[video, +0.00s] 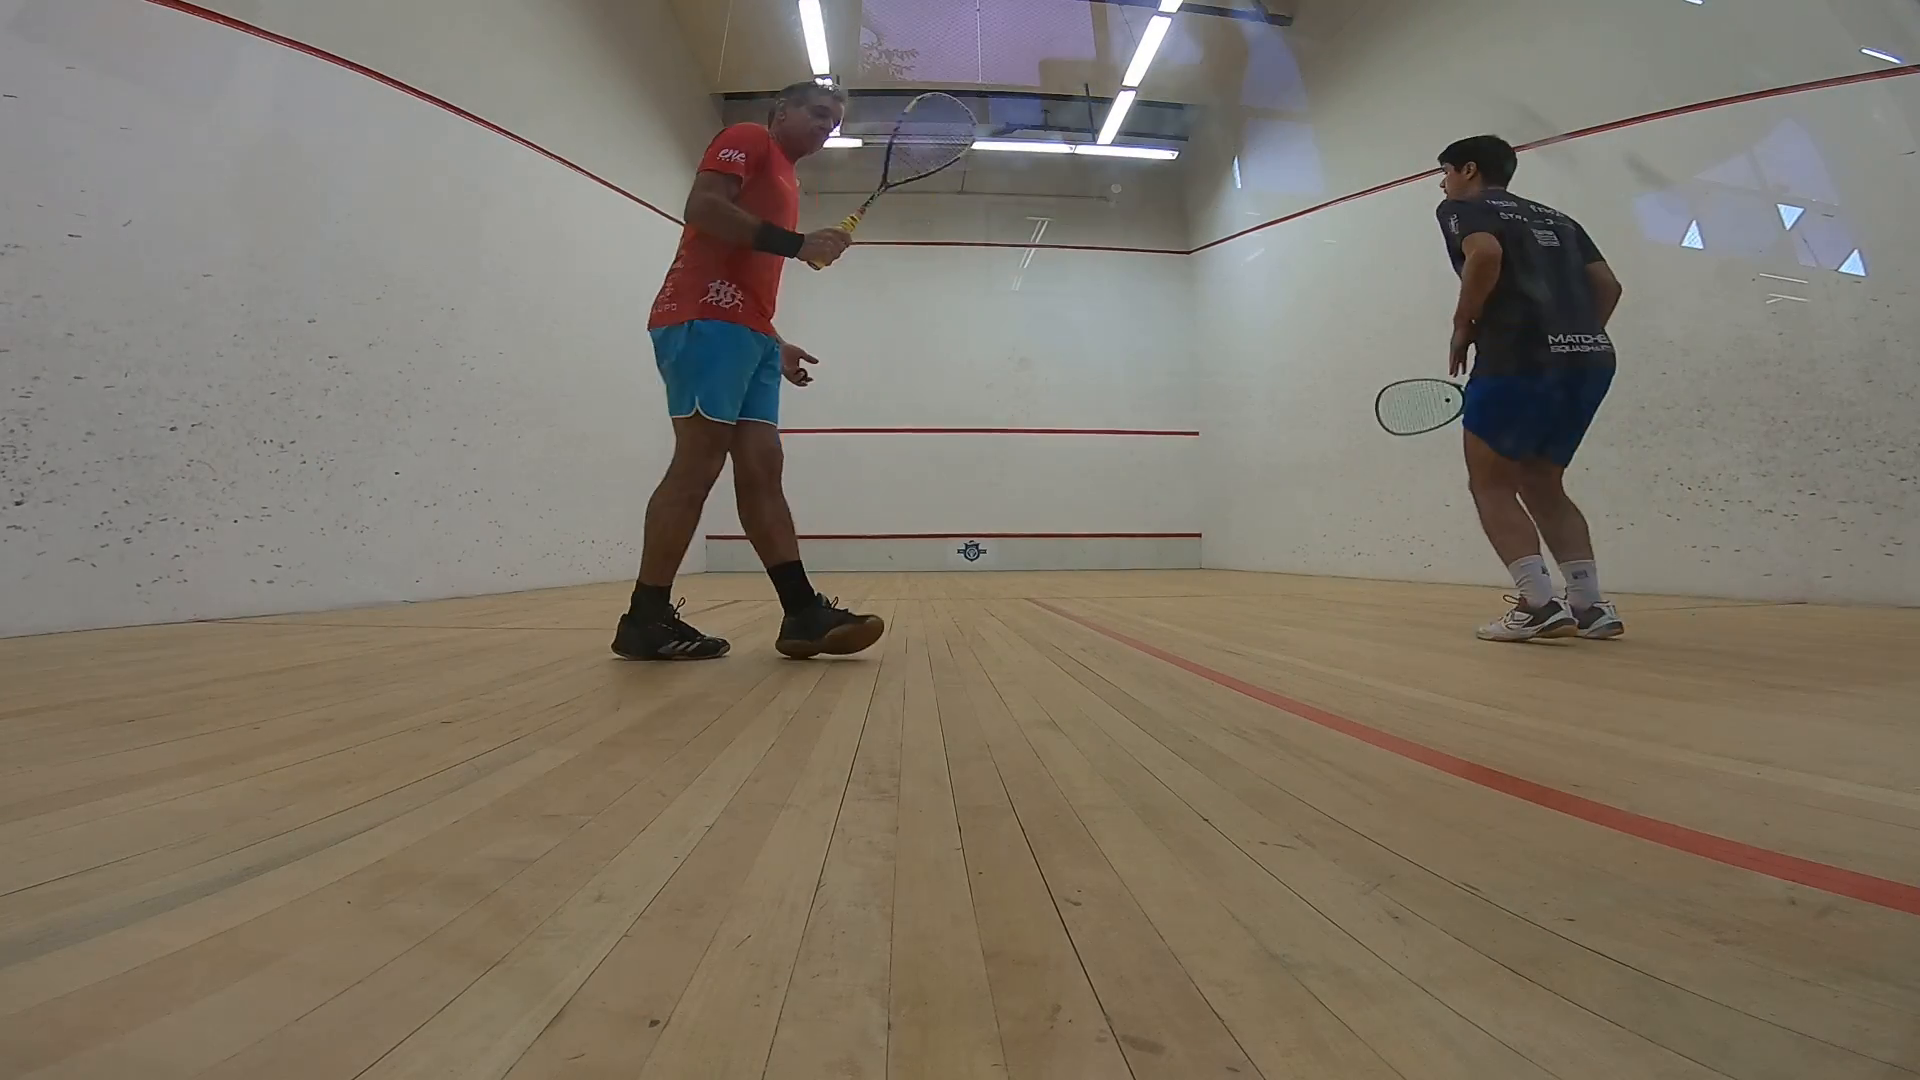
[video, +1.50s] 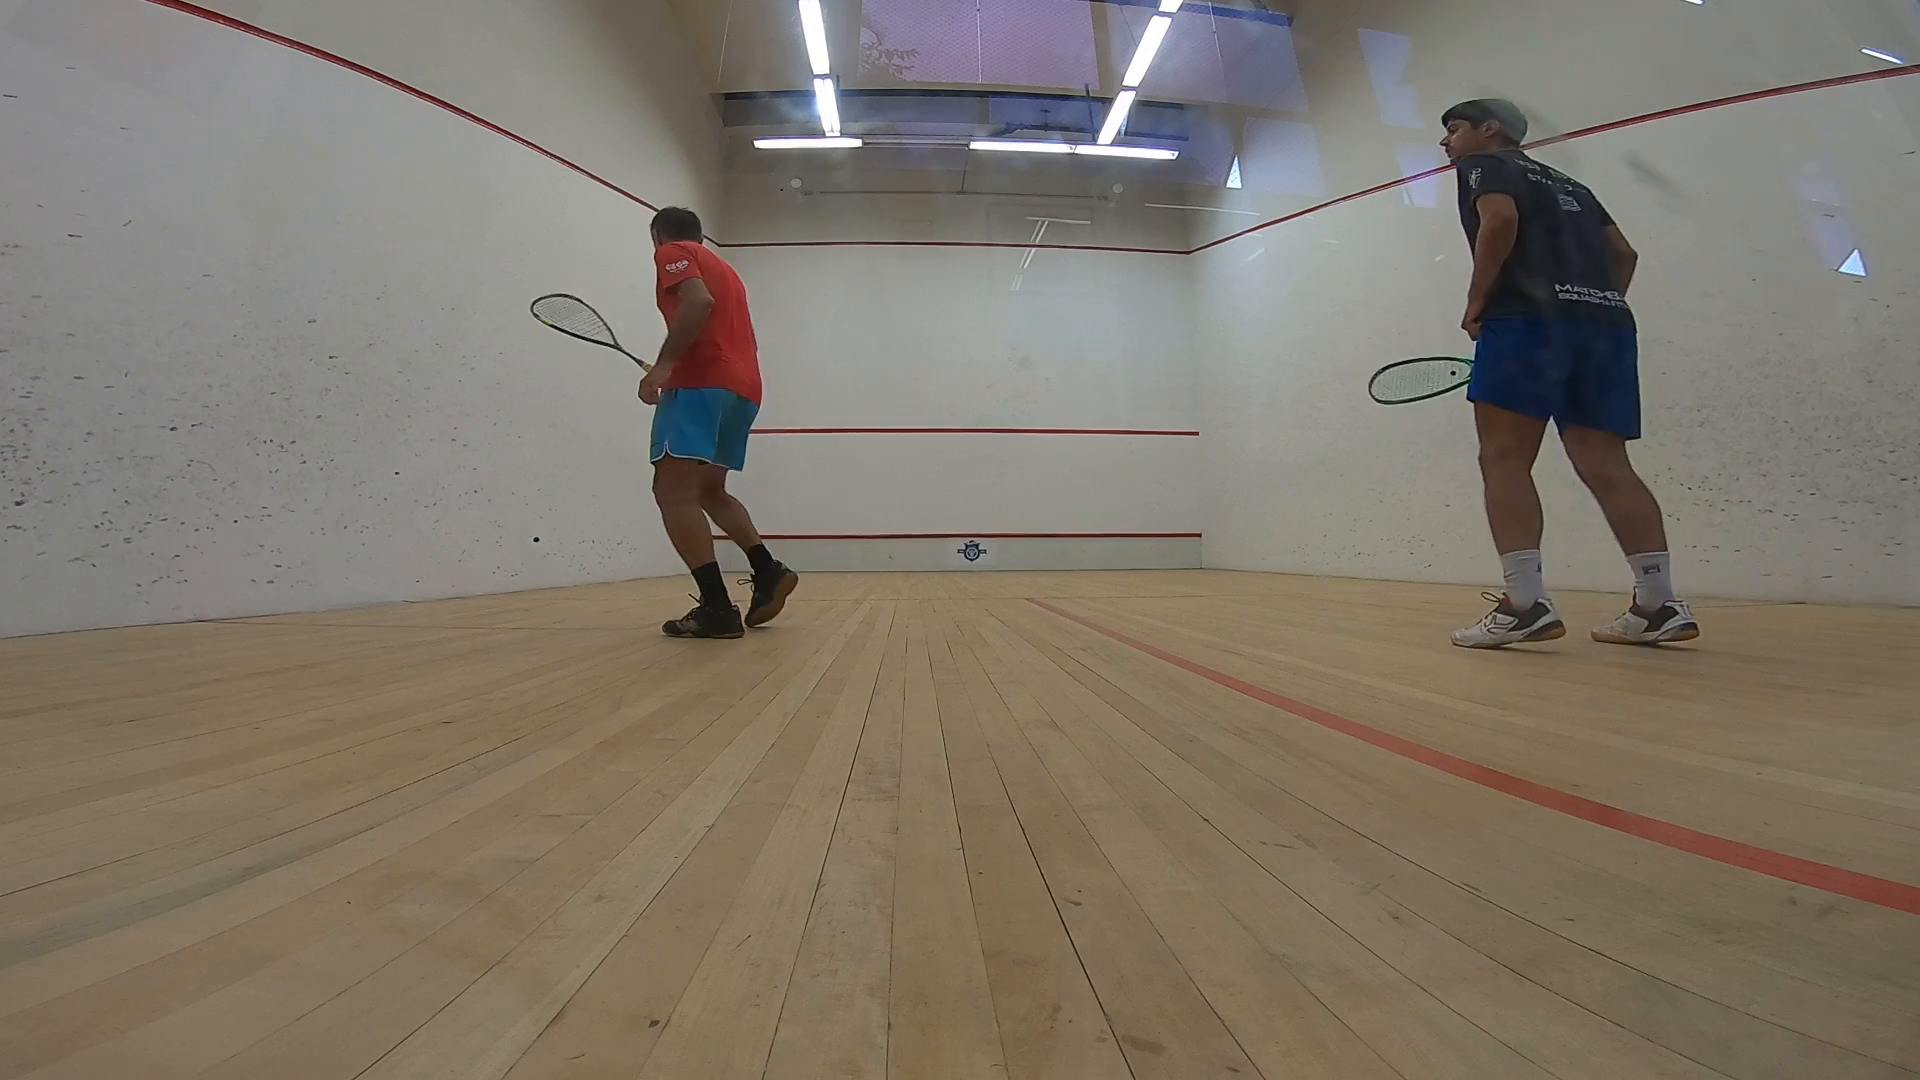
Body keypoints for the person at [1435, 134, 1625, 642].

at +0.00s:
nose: (1443, 185)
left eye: (1446, 175)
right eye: (1443, 176)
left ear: (1469, 172)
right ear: (1501, 176)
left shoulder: (1460, 207)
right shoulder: (1553, 216)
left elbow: (1485, 252)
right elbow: (1607, 286)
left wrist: (1463, 323)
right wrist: (1572, 342)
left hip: (1519, 358)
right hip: (1591, 357)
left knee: (1489, 483)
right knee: (1541, 480)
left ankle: (1539, 602)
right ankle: (1589, 605)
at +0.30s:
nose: (1446, 148)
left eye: (1450, 138)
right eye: (1447, 139)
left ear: (1474, 133)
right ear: (1503, 141)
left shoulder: (1462, 170)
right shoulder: (1554, 185)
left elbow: (1484, 219)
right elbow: (1610, 254)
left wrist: (1443, 294)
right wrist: (1579, 303)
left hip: (1507, 318)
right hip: (1581, 320)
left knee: (1492, 451)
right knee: (1553, 451)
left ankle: (1520, 589)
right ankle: (1595, 582)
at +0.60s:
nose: (1448, 137)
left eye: (1450, 128)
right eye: (1449, 128)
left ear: (1470, 124)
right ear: (1507, 131)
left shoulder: (1464, 152)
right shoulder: (1562, 173)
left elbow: (1490, 196)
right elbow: (1617, 236)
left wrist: (1471, 281)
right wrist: (1591, 295)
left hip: (1520, 308)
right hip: (1594, 311)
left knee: (1514, 436)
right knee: (1587, 440)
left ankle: (1519, 581)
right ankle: (1611, 576)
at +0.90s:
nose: (1463, 159)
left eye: (1466, 148)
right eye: (1462, 149)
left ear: (1488, 140)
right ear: (1524, 147)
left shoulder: (1481, 174)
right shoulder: (1585, 189)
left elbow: (1501, 226)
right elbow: (1641, 257)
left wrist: (1485, 315)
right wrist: (1621, 325)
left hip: (1539, 335)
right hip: (1616, 337)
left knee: (1528, 465)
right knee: (1605, 459)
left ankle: (1556, 600)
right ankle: (1658, 598)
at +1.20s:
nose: (1473, 159)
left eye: (1478, 147)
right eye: (1474, 149)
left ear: (1507, 144)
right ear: (1534, 149)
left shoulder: (1496, 179)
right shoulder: (1597, 196)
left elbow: (1505, 234)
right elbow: (1656, 267)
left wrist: (1490, 320)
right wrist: (1632, 337)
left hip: (1546, 346)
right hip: (1625, 350)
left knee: (1531, 475)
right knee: (1608, 473)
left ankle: (1588, 606)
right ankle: (1661, 611)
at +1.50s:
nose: (1446, 143)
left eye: (1454, 131)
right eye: (1446, 134)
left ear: (1491, 128)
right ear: (1502, 134)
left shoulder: (1482, 161)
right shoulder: (1568, 184)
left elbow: (1500, 219)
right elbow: (1622, 255)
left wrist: (1476, 298)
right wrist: (1596, 322)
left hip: (1529, 324)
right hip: (1604, 326)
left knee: (1505, 458)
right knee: (1604, 463)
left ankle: (1525, 603)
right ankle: (1659, 605)